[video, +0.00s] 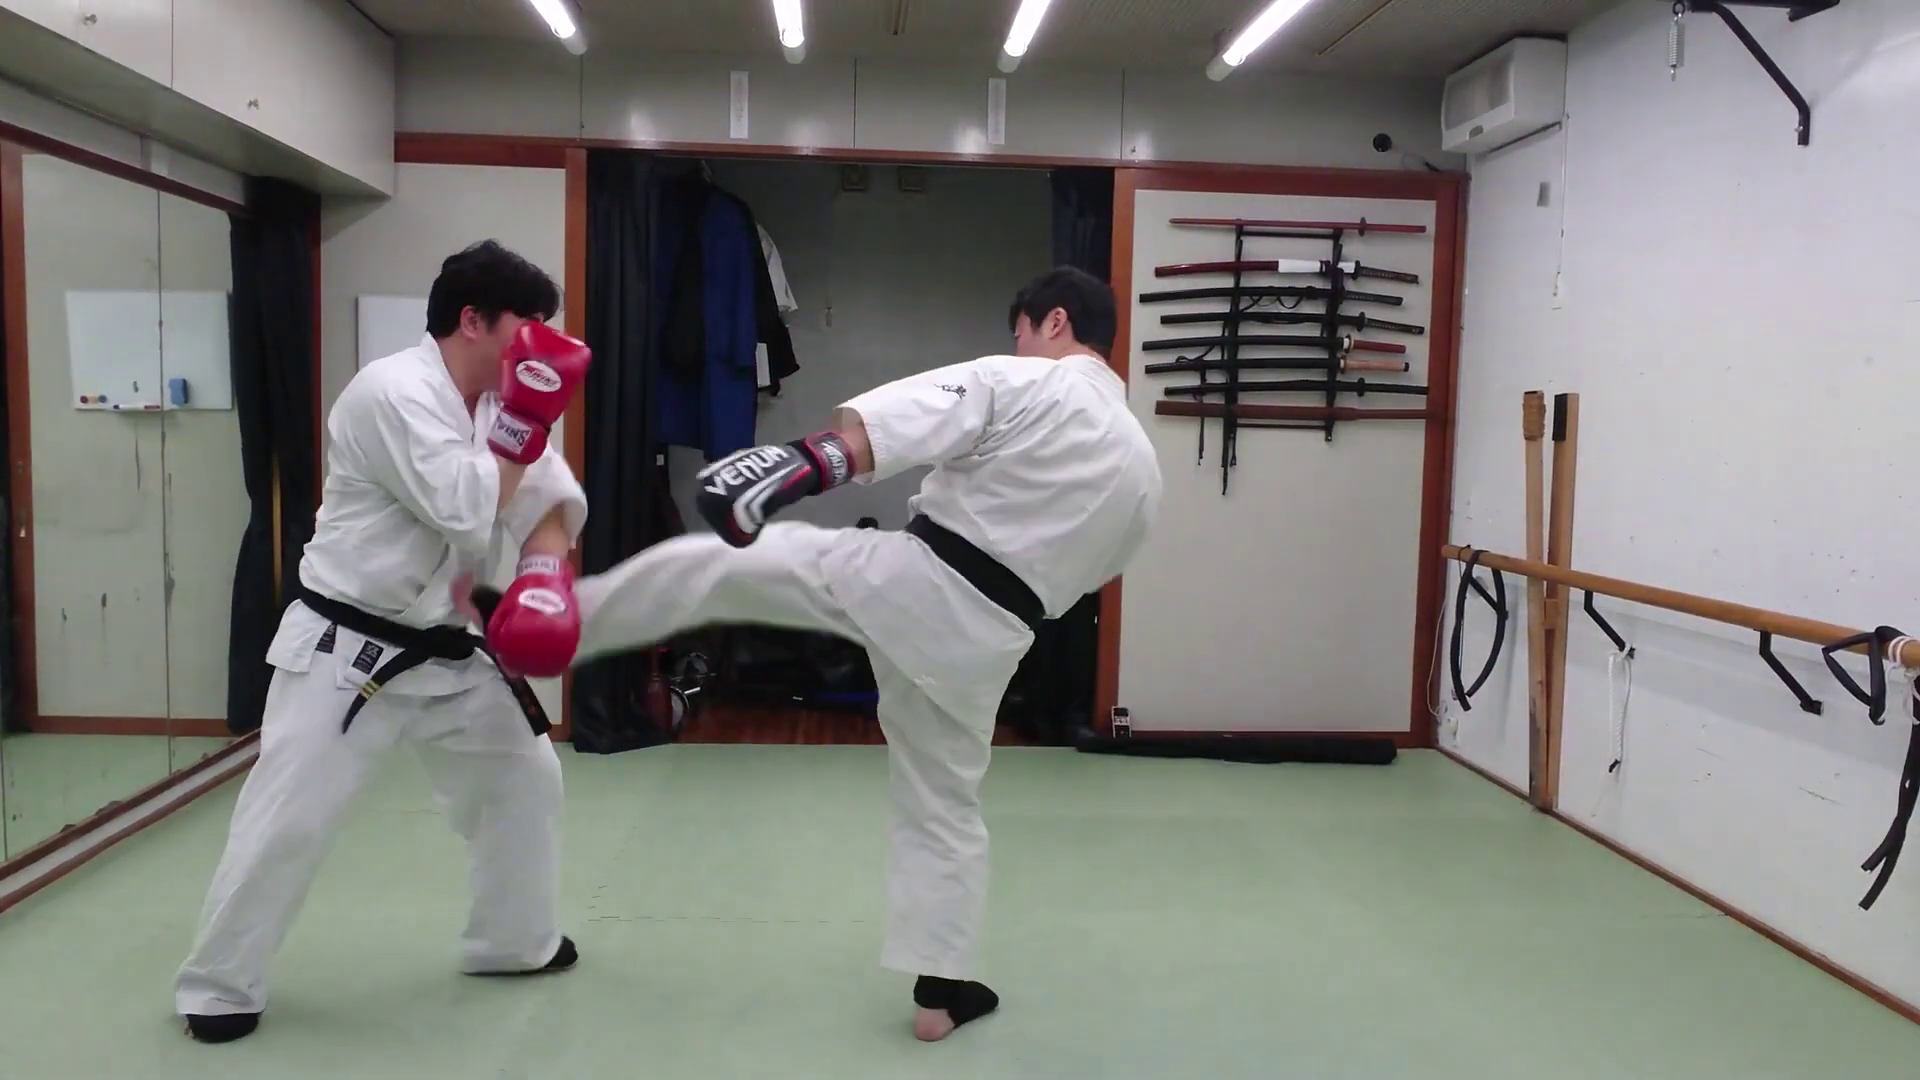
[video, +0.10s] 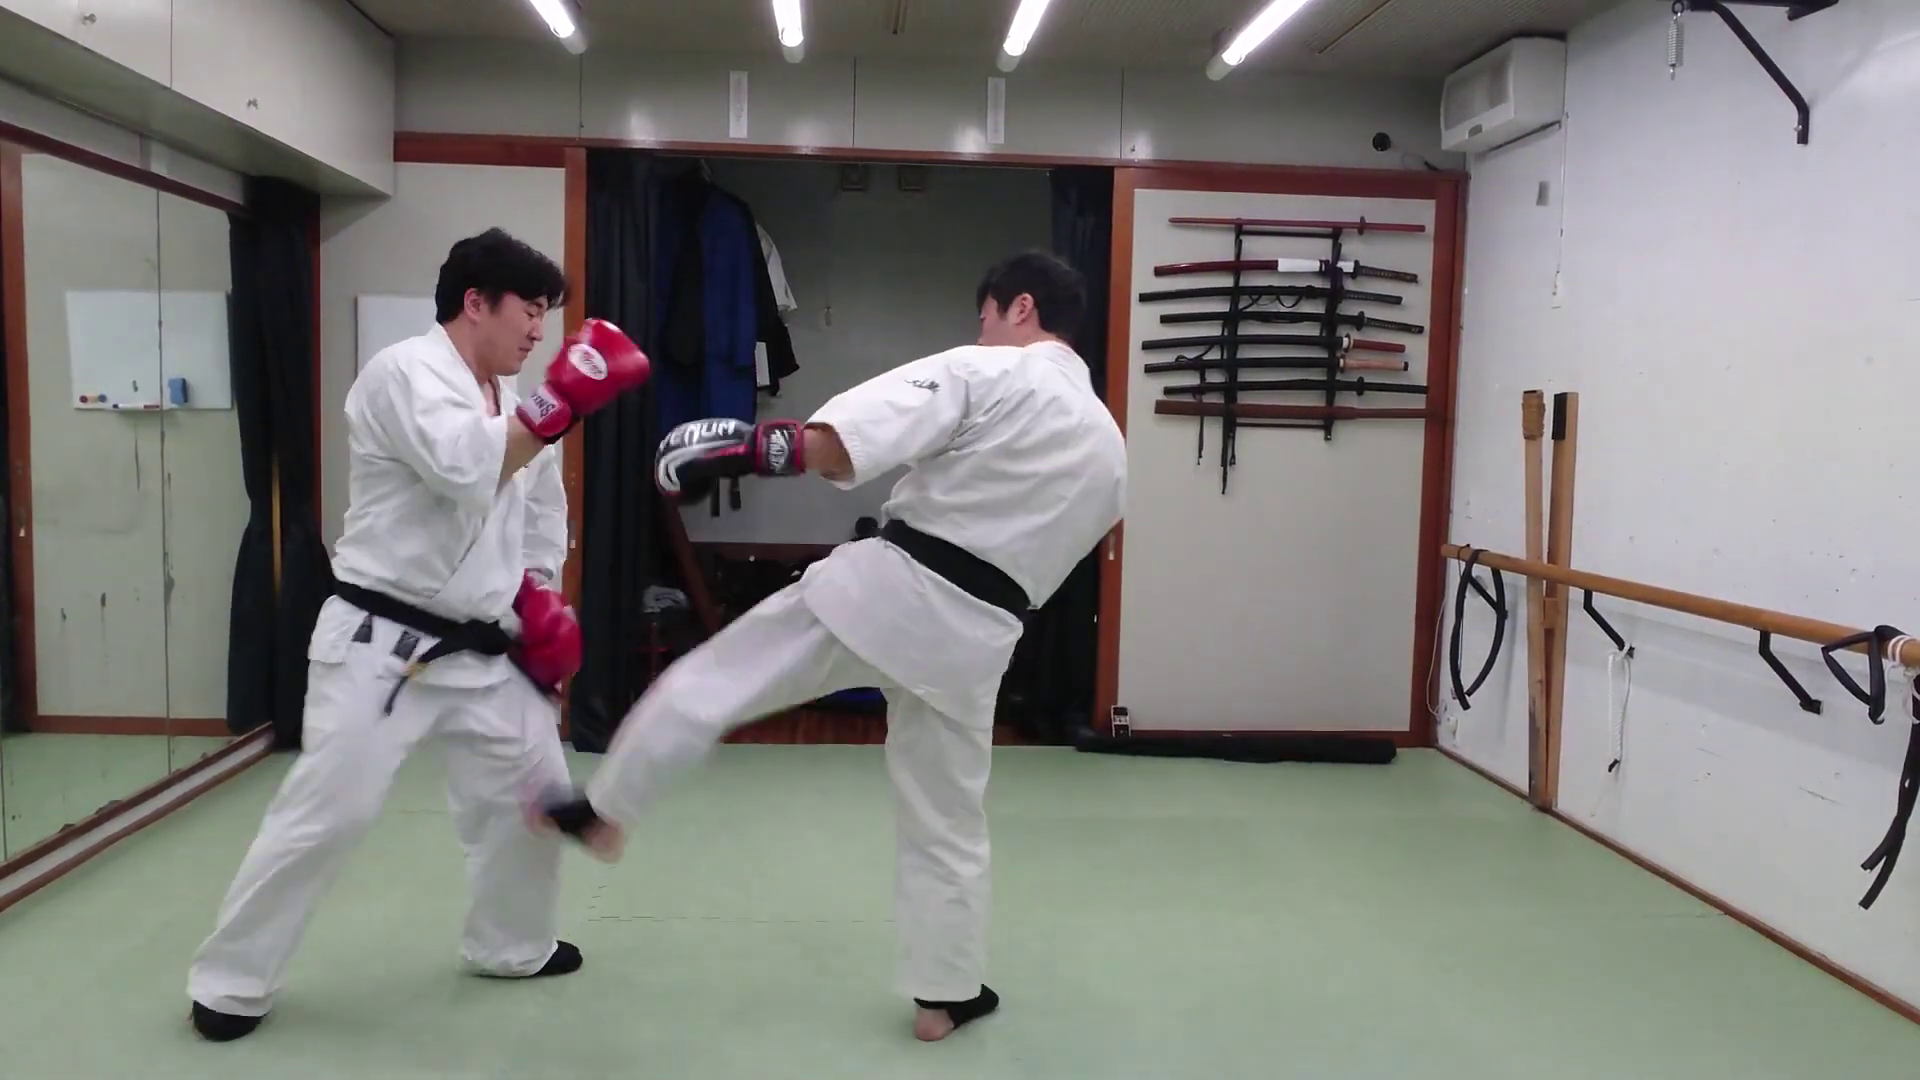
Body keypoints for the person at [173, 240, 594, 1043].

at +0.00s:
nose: (534, 351)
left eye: (539, 336)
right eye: (526, 332)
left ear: (483, 328)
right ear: (473, 323)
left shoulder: (496, 407)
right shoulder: (392, 389)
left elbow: (555, 507)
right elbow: (464, 516)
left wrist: (541, 576)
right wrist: (522, 431)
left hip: (448, 651)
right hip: (344, 642)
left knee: (527, 777)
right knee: (287, 819)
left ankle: (510, 942)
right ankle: (219, 987)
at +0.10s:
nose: (538, 330)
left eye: (544, 316)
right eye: (528, 309)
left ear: (488, 312)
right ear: (475, 302)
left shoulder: (519, 408)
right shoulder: (405, 370)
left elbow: (544, 520)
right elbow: (463, 465)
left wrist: (542, 605)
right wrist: (555, 404)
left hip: (483, 647)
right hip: (379, 634)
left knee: (531, 788)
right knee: (331, 809)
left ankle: (508, 946)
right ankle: (230, 980)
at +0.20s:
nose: (536, 329)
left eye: (542, 315)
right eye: (528, 310)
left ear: (489, 304)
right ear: (474, 297)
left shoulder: (490, 389)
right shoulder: (414, 358)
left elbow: (488, 502)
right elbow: (461, 447)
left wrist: (562, 527)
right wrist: (559, 442)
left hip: (504, 617)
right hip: (427, 611)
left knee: (548, 778)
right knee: (474, 766)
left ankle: (511, 943)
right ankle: (319, 877)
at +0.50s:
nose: (519, 335)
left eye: (524, 323)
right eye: (509, 317)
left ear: (465, 317)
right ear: (457, 308)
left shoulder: (481, 388)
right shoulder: (431, 368)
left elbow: (503, 470)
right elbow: (429, 473)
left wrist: (553, 419)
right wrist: (457, 572)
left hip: (440, 597)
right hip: (475, 572)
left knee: (547, 759)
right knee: (621, 658)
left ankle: (511, 944)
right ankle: (713, 799)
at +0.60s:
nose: (512, 326)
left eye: (518, 312)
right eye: (500, 308)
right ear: (448, 304)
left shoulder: (476, 388)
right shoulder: (414, 366)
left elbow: (492, 482)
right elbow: (416, 478)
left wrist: (550, 439)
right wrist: (486, 538)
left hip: (492, 580)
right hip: (449, 582)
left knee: (542, 756)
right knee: (567, 702)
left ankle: (509, 942)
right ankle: (652, 864)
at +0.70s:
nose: (505, 313)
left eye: (510, 299)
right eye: (491, 296)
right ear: (439, 294)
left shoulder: (476, 396)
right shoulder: (393, 361)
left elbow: (491, 493)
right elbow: (391, 463)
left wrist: (549, 458)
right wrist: (498, 470)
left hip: (498, 594)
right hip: (436, 589)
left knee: (546, 759)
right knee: (495, 751)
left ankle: (531, 941)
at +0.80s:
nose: (494, 305)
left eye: (500, 291)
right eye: (481, 286)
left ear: (494, 296)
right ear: (427, 284)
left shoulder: (471, 381)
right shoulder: (375, 356)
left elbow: (477, 487)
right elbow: (370, 462)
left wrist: (542, 472)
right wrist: (467, 438)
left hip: (485, 602)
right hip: (402, 599)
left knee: (517, 771)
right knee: (415, 769)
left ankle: (509, 945)